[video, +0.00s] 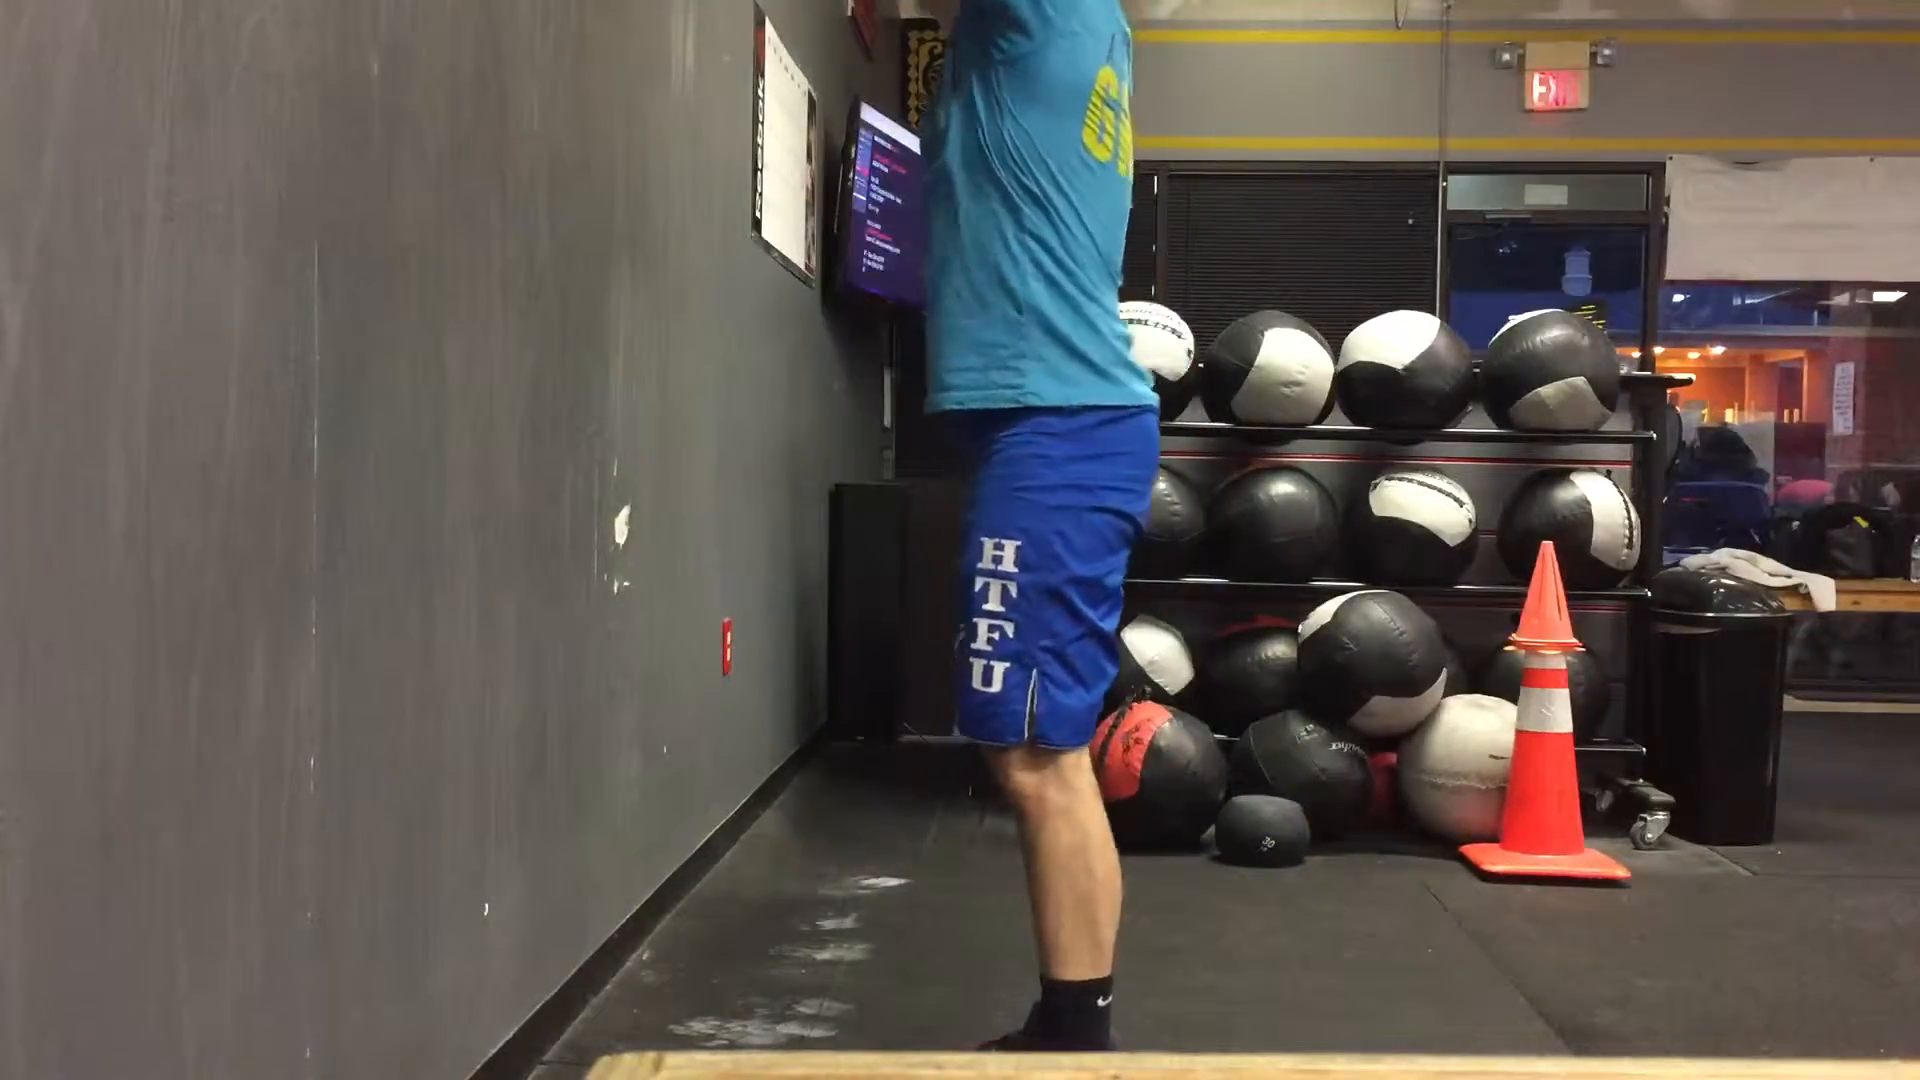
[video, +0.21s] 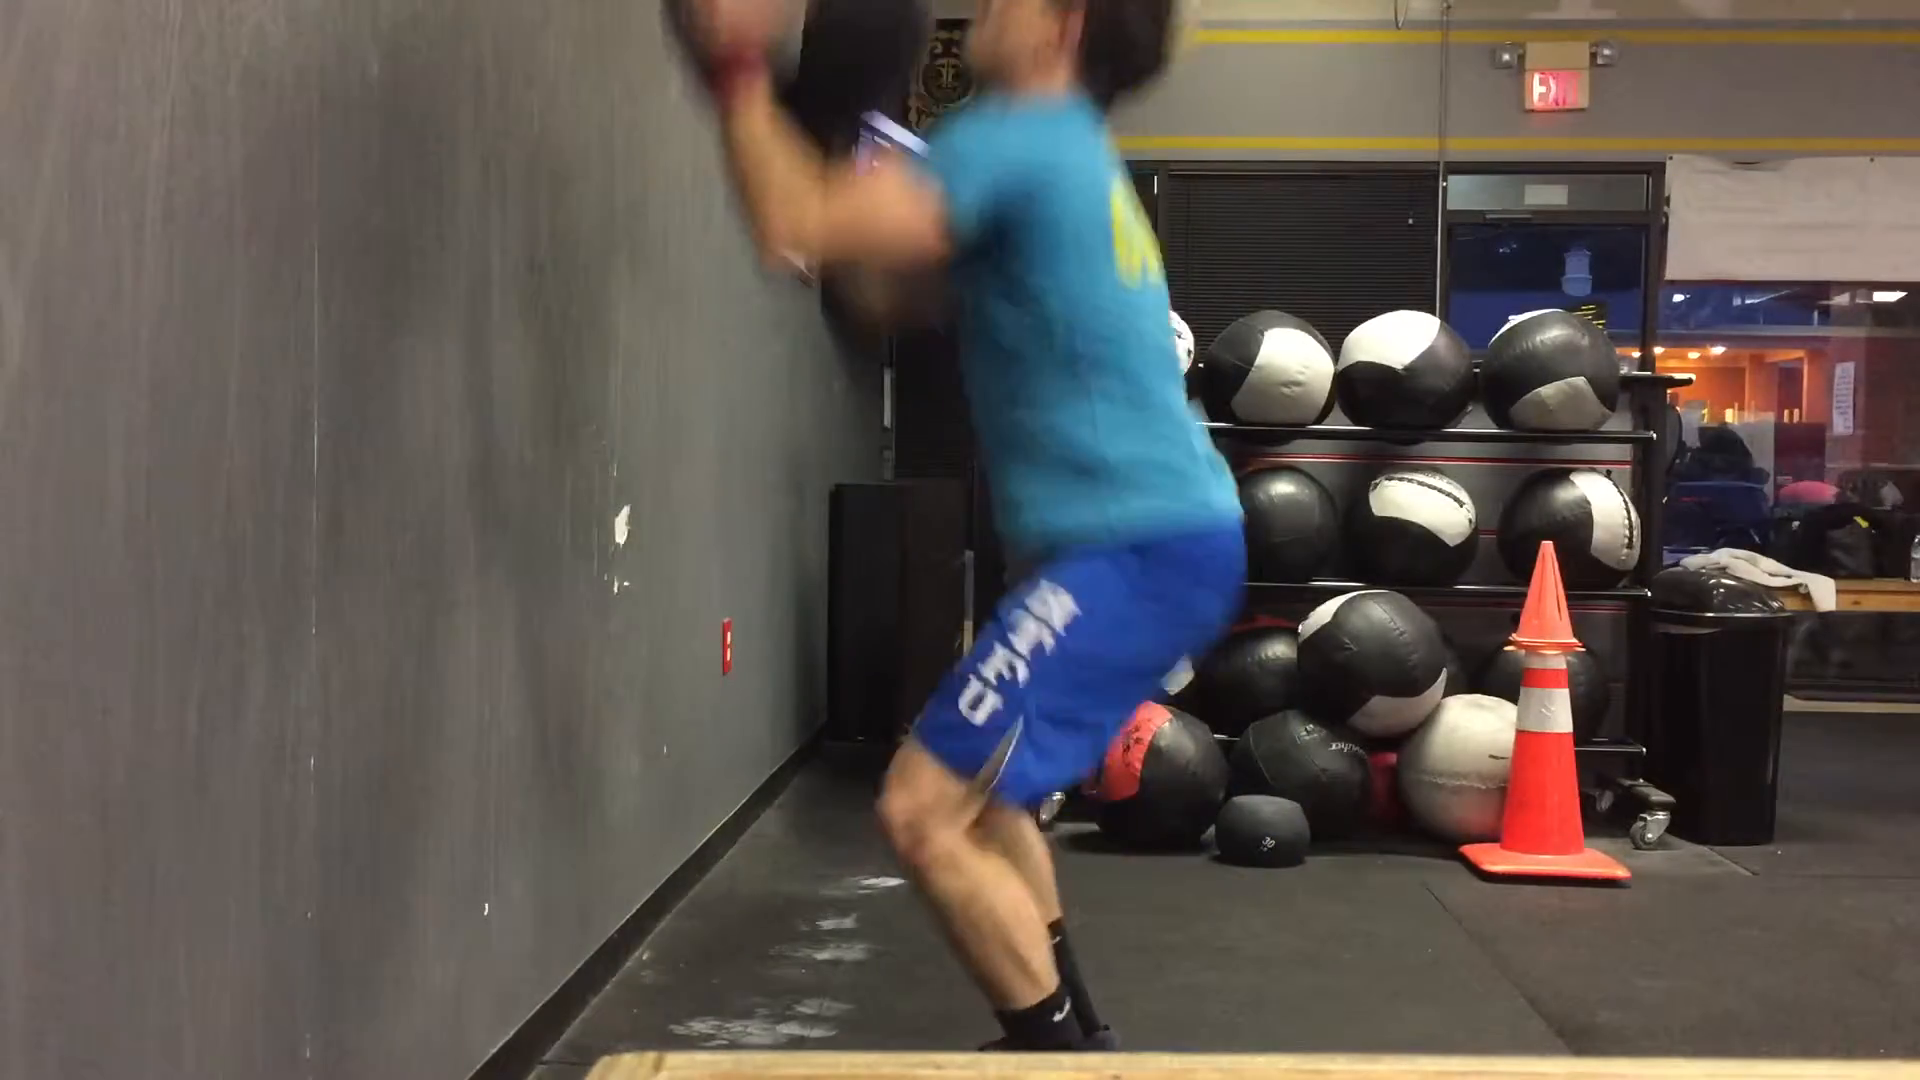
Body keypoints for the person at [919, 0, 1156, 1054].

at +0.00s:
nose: (929, 4)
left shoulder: (1044, 17)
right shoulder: (1056, 31)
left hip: (1065, 418)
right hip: (1061, 414)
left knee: (1038, 750)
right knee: (1039, 749)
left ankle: (1077, 1029)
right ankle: (1073, 1022)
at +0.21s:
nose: (984, 13)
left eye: (1008, 1)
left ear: (1062, 25)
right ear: (1067, 36)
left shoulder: (1019, 144)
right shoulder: (1073, 147)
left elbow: (799, 223)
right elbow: (896, 298)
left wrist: (741, 75)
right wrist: (854, 209)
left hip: (1136, 548)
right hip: (1154, 537)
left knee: (921, 808)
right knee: (989, 799)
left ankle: (1054, 1041)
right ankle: (1067, 1027)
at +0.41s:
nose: (927, 331)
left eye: (953, 321)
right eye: (943, 313)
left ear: (1004, 366)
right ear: (1004, 371)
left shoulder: (996, 500)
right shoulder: (1032, 471)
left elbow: (808, 656)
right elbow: (871, 618)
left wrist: (716, 499)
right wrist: (762, 494)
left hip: (1185, 828)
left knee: (884, 861)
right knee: (906, 779)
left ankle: (1046, 1052)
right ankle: (1056, 1029)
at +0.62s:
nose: (931, 366)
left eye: (957, 356)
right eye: (946, 349)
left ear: (1012, 401)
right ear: (1011, 406)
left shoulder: (1007, 526)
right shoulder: (1042, 503)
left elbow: (835, 690)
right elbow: (882, 662)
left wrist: (730, 554)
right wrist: (837, 618)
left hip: (1197, 841)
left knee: (892, 846)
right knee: (915, 773)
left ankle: (1049, 1055)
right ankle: (1063, 1034)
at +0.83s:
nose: (955, 147)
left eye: (982, 134)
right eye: (971, 129)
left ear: (1036, 174)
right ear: (1034, 180)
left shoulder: (1029, 296)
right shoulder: (1045, 283)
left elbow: (848, 439)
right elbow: (876, 415)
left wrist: (769, 298)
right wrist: (795, 303)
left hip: (1186, 642)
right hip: (1150, 624)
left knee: (914, 827)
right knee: (937, 761)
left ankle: (1051, 1047)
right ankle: (1063, 1021)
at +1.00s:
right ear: (1127, 3)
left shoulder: (1074, 44)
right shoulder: (1080, 55)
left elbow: (858, 63)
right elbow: (928, 157)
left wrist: (842, 2)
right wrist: (895, 63)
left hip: (1083, 448)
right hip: (1063, 443)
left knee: (962, 761)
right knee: (994, 754)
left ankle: (1059, 1029)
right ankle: (1064, 1016)